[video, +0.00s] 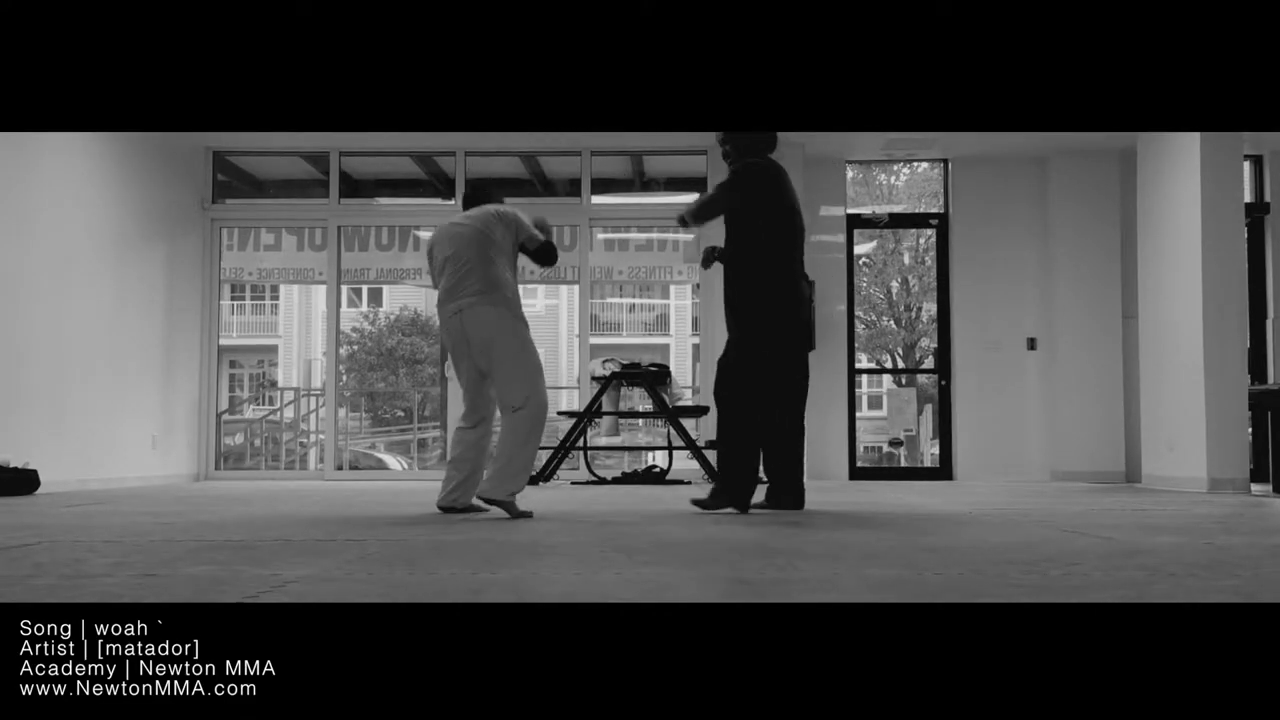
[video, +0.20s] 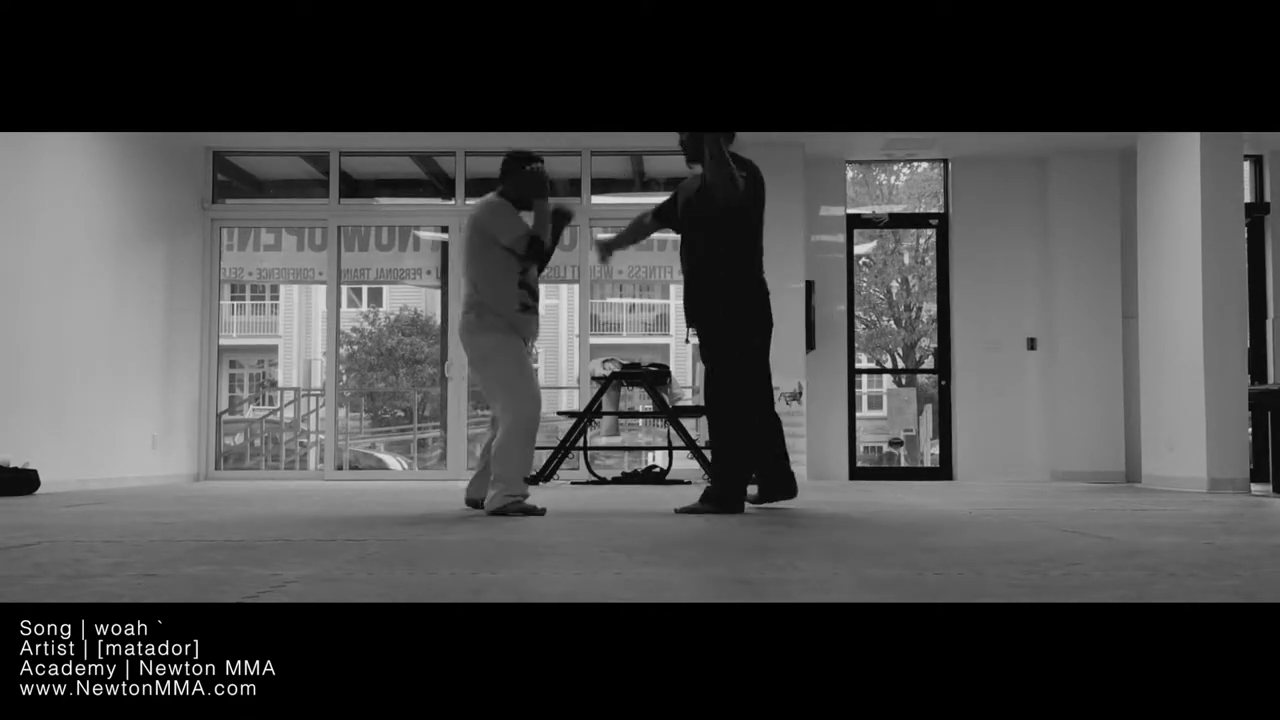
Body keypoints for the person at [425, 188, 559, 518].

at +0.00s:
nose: (504, 206)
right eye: (502, 203)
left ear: (464, 205)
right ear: (493, 202)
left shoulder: (438, 235)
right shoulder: (503, 214)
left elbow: (441, 283)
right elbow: (547, 257)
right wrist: (542, 234)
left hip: (452, 322)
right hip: (493, 314)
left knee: (477, 408)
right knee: (527, 402)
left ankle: (454, 496)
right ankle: (499, 489)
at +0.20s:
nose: (540, 189)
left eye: (541, 182)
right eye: (536, 181)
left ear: (512, 181)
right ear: (519, 180)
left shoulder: (503, 213)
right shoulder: (495, 211)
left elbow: (536, 263)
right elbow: (535, 255)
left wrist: (556, 228)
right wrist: (542, 207)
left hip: (498, 329)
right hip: (491, 329)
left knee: (509, 407)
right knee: (523, 404)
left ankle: (481, 489)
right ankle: (505, 496)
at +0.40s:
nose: (548, 218)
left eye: (549, 212)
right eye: (547, 213)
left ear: (519, 201)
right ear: (534, 207)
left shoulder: (501, 226)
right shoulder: (501, 225)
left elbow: (529, 272)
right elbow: (545, 268)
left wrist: (557, 265)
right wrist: (547, 217)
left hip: (492, 339)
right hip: (489, 339)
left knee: (514, 415)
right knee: (533, 408)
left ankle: (484, 490)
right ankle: (515, 497)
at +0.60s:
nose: (541, 186)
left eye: (542, 179)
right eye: (539, 178)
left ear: (520, 175)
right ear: (521, 175)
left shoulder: (518, 213)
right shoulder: (486, 209)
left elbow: (543, 258)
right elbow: (529, 246)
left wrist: (544, 258)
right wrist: (535, 196)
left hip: (510, 331)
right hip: (484, 329)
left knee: (517, 405)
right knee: (504, 406)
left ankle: (484, 481)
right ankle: (494, 495)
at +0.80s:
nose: (541, 170)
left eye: (541, 162)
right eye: (537, 162)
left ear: (517, 164)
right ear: (517, 163)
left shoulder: (518, 203)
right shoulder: (481, 197)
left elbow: (532, 247)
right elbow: (522, 245)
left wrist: (557, 212)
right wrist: (543, 201)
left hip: (514, 323)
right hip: (486, 321)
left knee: (519, 402)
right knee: (507, 401)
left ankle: (474, 473)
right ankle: (497, 496)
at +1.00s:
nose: (548, 183)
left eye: (548, 176)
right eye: (545, 175)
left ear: (520, 172)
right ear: (528, 174)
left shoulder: (515, 207)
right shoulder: (496, 197)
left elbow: (541, 255)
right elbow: (520, 255)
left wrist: (551, 211)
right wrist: (546, 238)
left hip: (493, 323)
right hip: (481, 322)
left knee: (495, 407)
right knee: (514, 404)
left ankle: (464, 486)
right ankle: (498, 498)